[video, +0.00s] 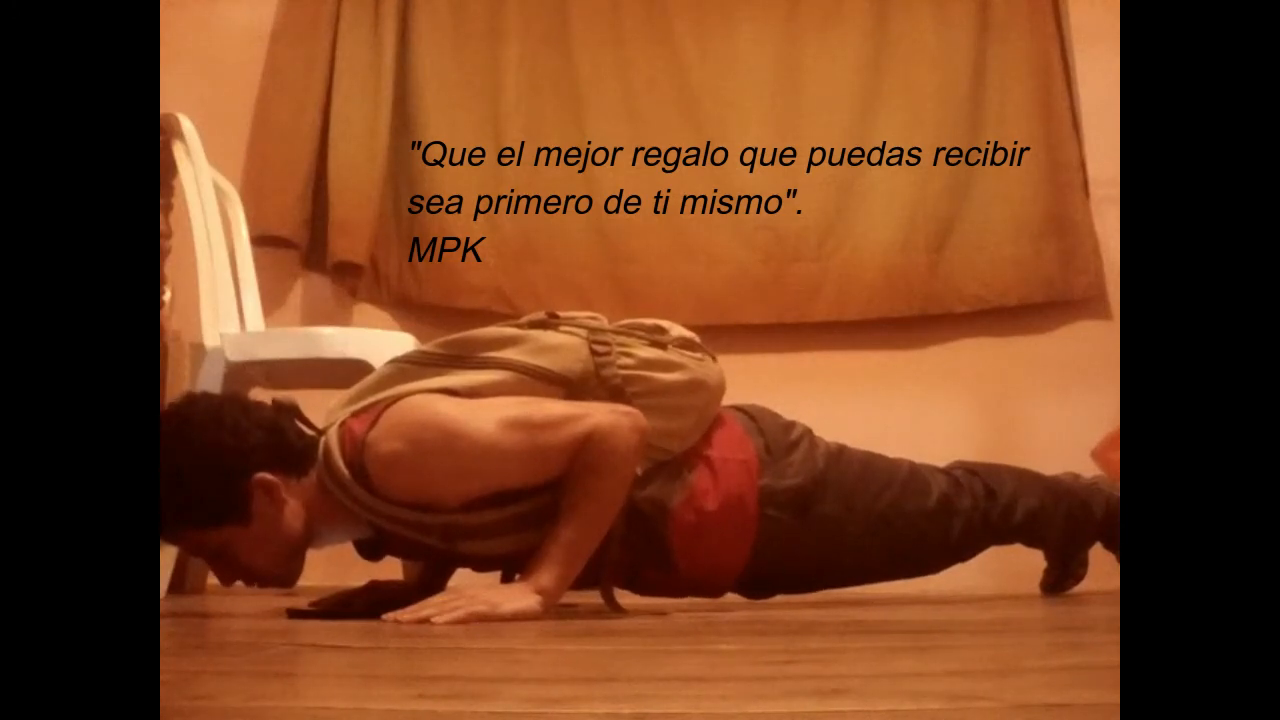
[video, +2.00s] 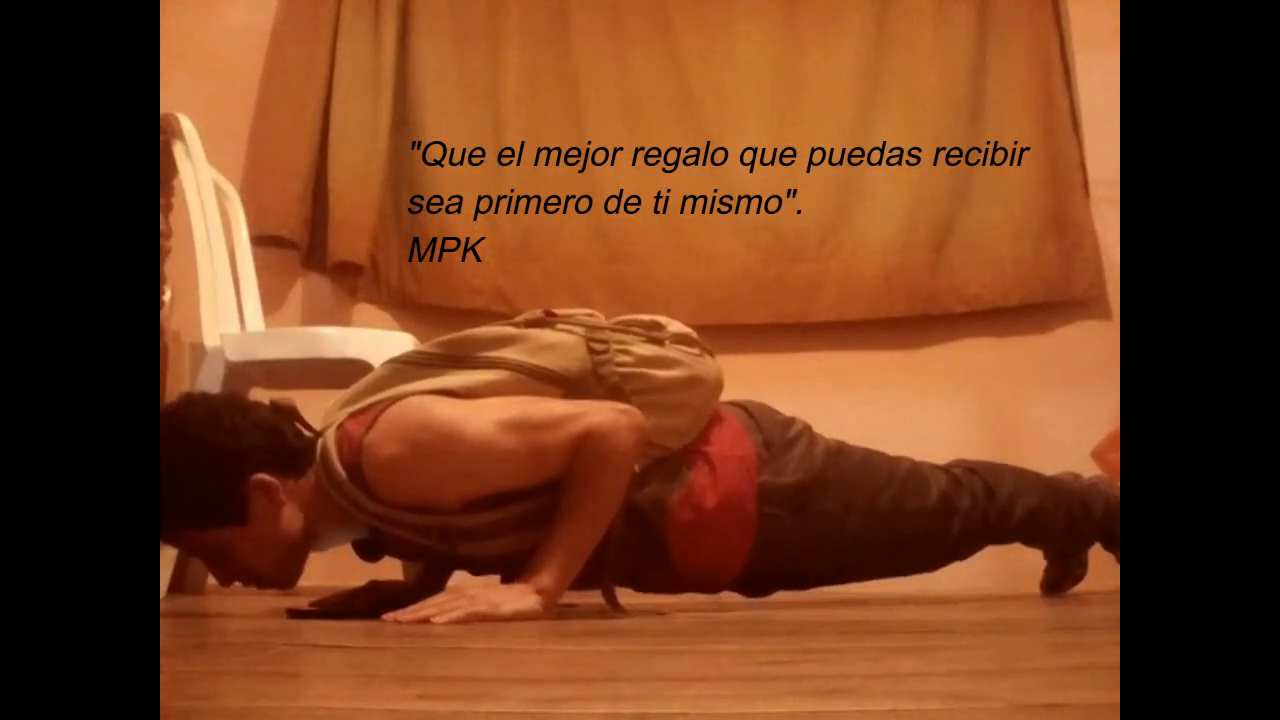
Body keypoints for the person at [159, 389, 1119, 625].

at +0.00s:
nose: (218, 574)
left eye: (213, 550)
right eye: (200, 559)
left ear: (262, 492)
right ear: (258, 478)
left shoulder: (400, 448)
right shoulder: (355, 461)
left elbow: (614, 439)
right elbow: (470, 534)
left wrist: (539, 588)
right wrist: (388, 588)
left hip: (739, 498)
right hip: (712, 503)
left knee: (949, 510)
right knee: (928, 506)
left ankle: (1095, 505)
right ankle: (1079, 504)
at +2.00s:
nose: (217, 576)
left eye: (211, 551)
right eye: (199, 560)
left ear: (262, 493)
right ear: (259, 482)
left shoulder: (397, 453)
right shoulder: (355, 460)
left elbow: (609, 437)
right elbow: (486, 529)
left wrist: (539, 588)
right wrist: (390, 585)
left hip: (737, 491)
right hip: (710, 500)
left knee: (943, 508)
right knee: (923, 505)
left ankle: (1095, 505)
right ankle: (1077, 505)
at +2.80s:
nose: (216, 572)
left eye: (212, 546)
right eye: (198, 555)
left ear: (265, 489)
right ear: (261, 478)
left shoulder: (397, 451)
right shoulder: (352, 458)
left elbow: (610, 438)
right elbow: (478, 527)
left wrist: (538, 589)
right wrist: (391, 586)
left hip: (735, 491)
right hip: (708, 500)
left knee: (939, 508)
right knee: (920, 507)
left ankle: (1095, 506)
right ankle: (1077, 506)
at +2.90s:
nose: (213, 574)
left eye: (208, 549)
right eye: (196, 557)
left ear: (262, 493)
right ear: (260, 479)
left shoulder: (397, 452)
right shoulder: (352, 457)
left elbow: (610, 437)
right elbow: (483, 524)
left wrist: (539, 588)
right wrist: (392, 586)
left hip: (735, 491)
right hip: (707, 499)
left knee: (942, 508)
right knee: (922, 506)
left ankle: (1096, 506)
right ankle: (1079, 506)